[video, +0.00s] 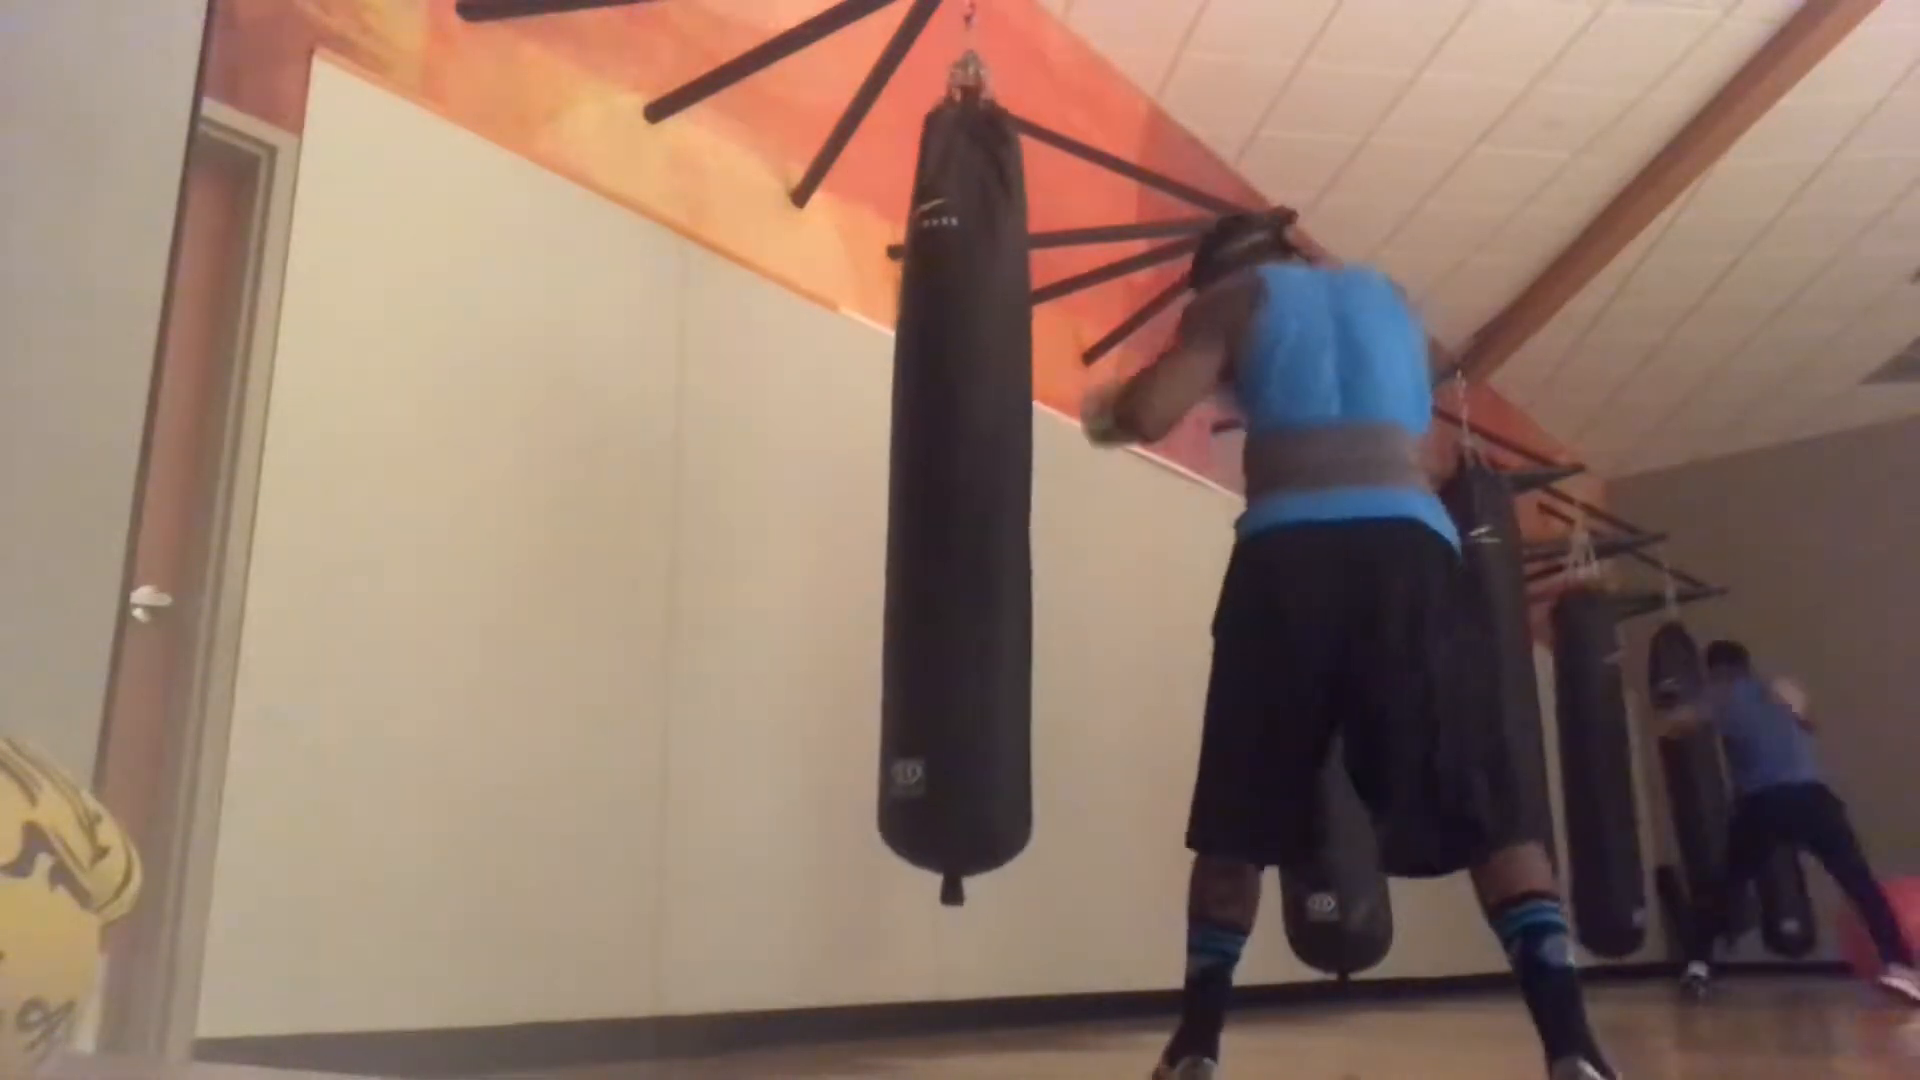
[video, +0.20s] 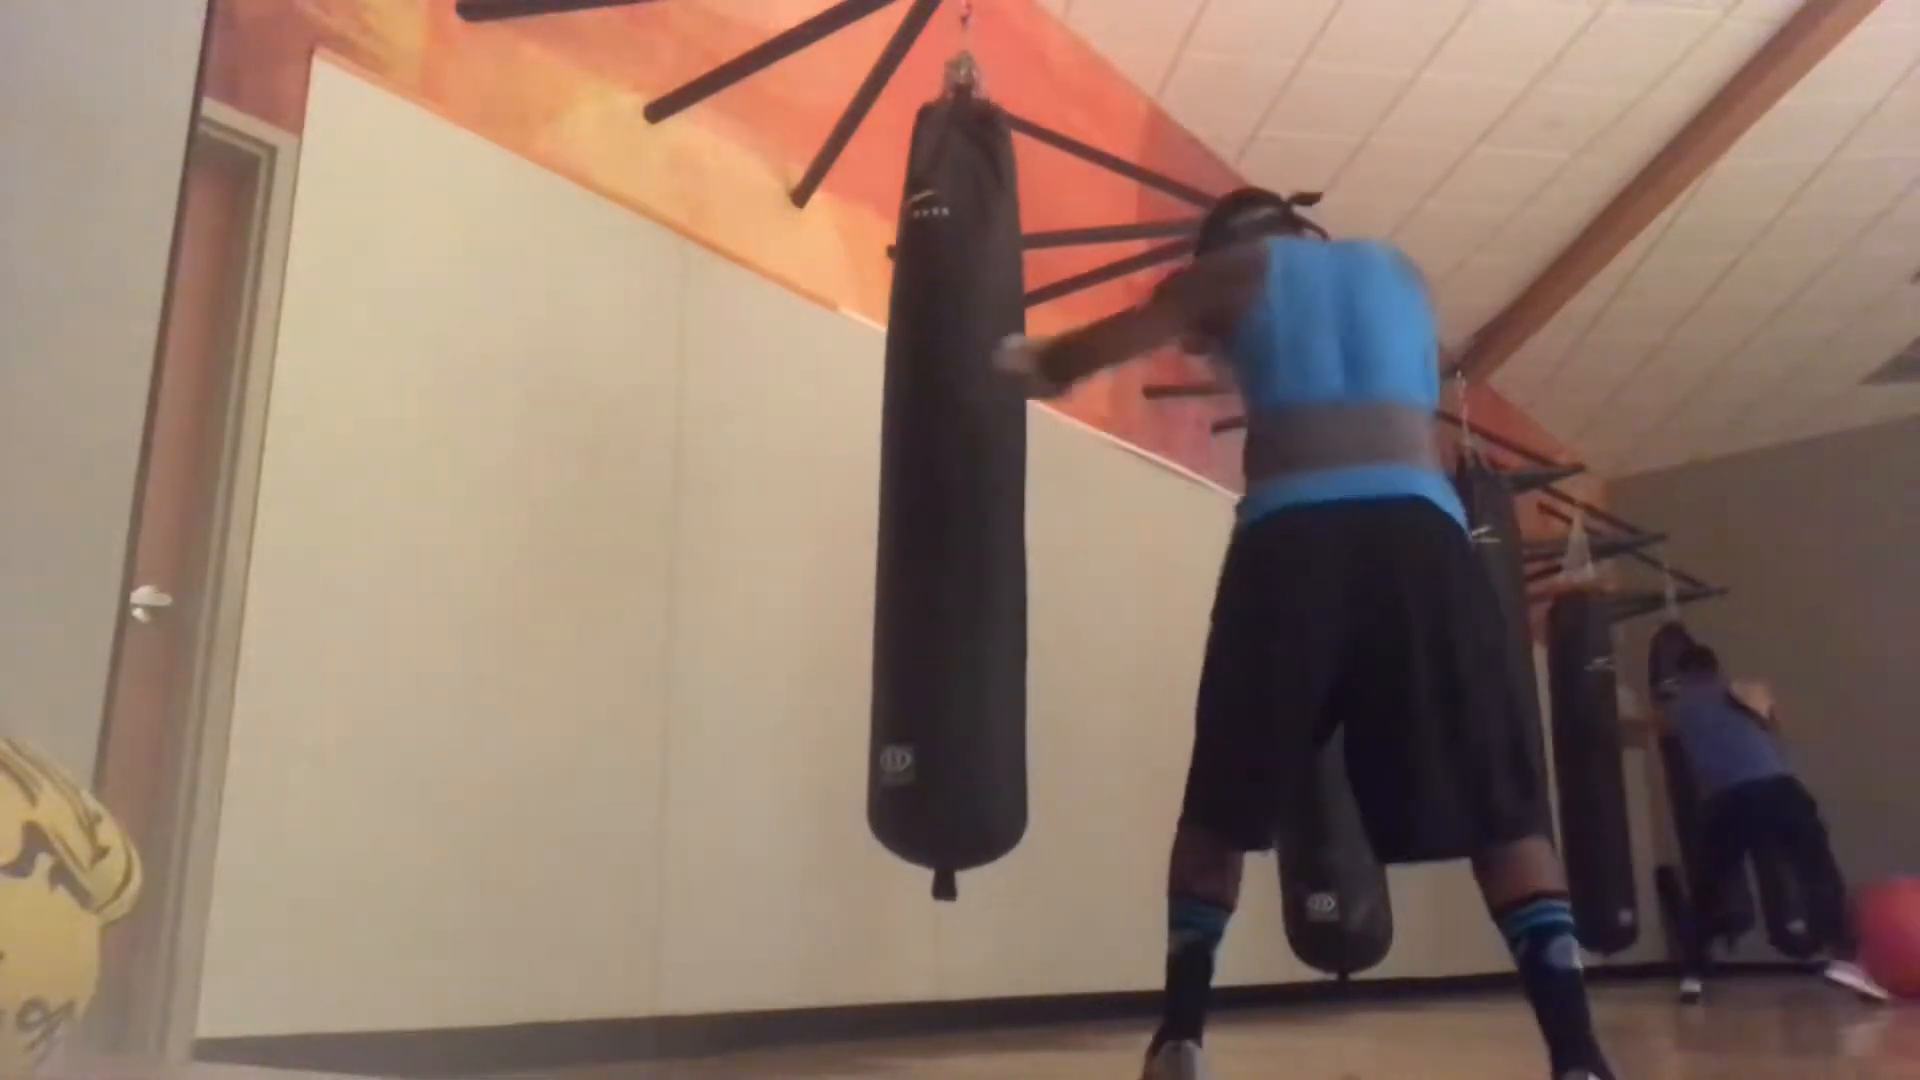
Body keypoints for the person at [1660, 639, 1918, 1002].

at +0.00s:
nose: (1713, 679)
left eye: (1712, 672)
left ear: (1712, 671)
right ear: (1746, 665)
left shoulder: (1717, 699)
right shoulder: (1776, 690)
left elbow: (1672, 724)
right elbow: (1808, 722)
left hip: (1760, 803)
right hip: (1810, 795)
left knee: (1729, 882)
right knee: (1858, 880)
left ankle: (1700, 962)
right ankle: (1897, 961)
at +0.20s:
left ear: (1680, 677)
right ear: (1716, 669)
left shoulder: (1676, 711)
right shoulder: (1745, 692)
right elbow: (1771, 724)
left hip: (1727, 800)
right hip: (1780, 788)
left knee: (1712, 879)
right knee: (1819, 866)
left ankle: (1695, 971)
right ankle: (1842, 952)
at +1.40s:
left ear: (1685, 657)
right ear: (1720, 649)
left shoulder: (1684, 696)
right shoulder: (1754, 674)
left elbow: (1673, 756)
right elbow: (1779, 712)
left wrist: (1686, 803)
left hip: (1736, 794)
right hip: (1790, 785)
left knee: (1728, 883)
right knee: (1829, 875)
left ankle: (1712, 975)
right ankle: (1850, 966)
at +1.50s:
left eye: (1670, 660)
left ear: (1678, 656)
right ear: (1715, 643)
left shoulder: (1686, 687)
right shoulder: (1743, 665)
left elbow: (1634, 718)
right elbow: (1789, 676)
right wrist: (1765, 664)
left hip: (1736, 783)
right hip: (1781, 774)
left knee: (1738, 871)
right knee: (1816, 864)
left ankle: (1713, 966)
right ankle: (1843, 962)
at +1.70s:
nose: (1726, 651)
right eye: (1724, 645)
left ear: (1686, 650)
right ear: (1721, 644)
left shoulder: (1677, 691)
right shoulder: (1741, 670)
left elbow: (1632, 722)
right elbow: (1775, 695)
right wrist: (1782, 718)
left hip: (1731, 793)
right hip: (1780, 783)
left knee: (1722, 882)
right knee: (1821, 866)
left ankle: (1707, 977)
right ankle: (1829, 955)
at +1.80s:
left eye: (1711, 644)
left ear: (1702, 648)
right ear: (1739, 643)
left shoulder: (1692, 687)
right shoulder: (1775, 677)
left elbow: (1669, 740)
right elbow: (1797, 735)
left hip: (1729, 799)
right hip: (1785, 792)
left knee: (1721, 886)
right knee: (1828, 878)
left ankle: (1708, 980)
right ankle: (1823, 956)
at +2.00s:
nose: (1731, 632)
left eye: (1725, 625)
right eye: (1740, 622)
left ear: (1719, 627)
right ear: (1757, 621)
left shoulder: (1711, 671)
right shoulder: (1789, 655)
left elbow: (1692, 723)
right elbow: (1816, 707)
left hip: (1744, 782)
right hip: (1799, 777)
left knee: (1734, 872)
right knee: (1827, 873)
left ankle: (1727, 969)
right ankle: (1821, 964)